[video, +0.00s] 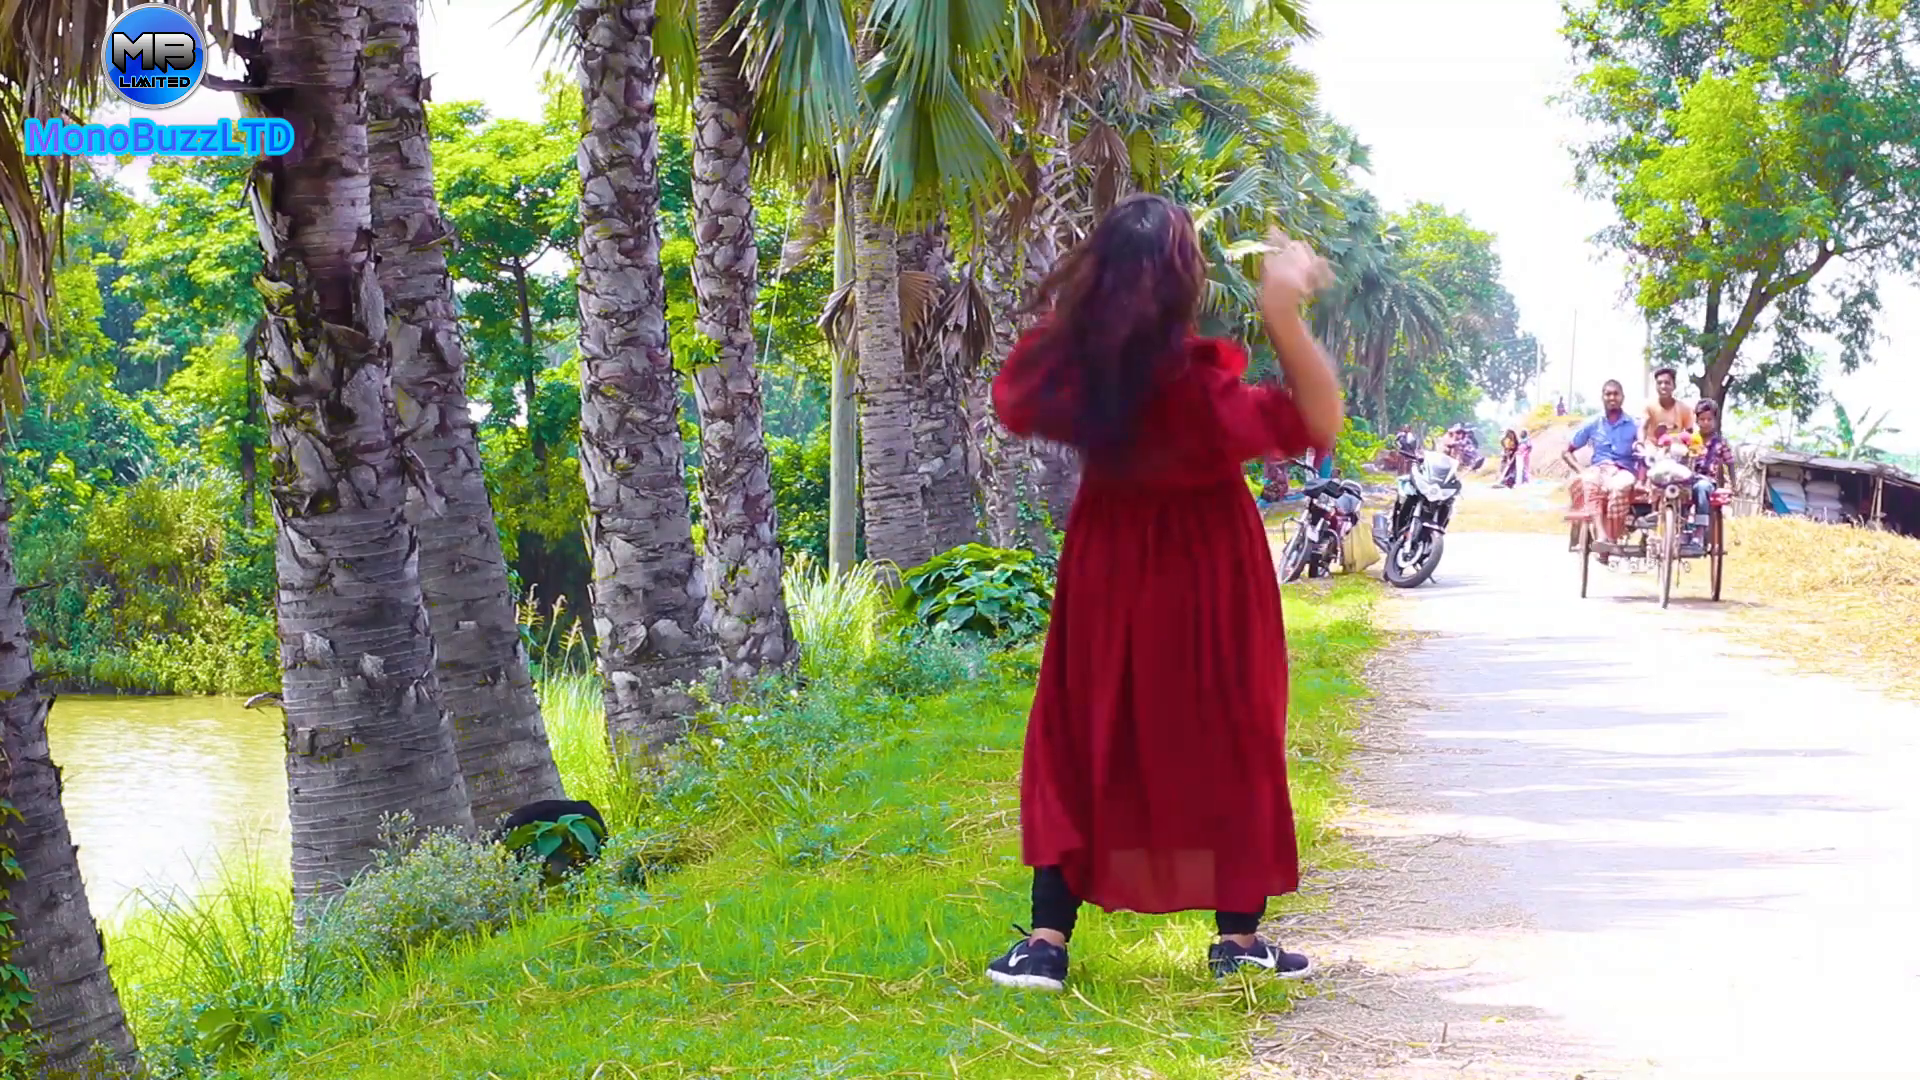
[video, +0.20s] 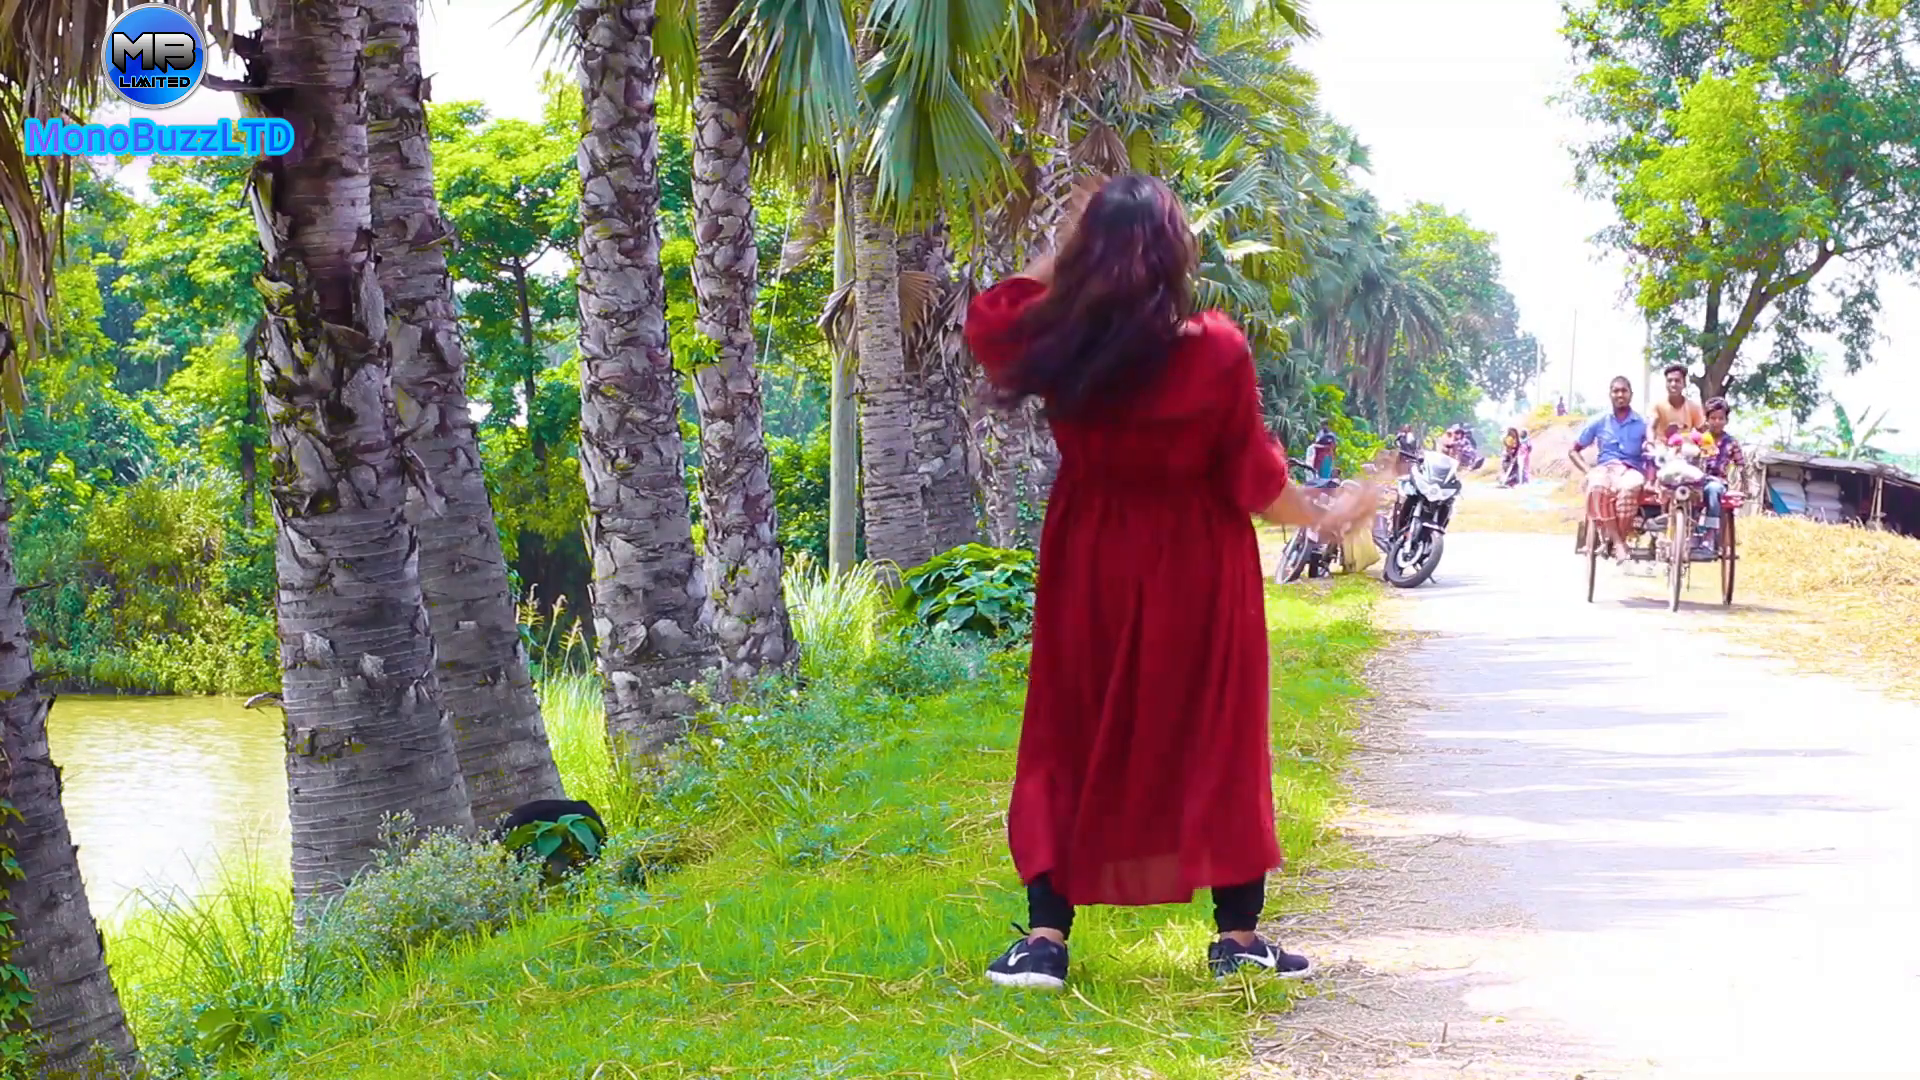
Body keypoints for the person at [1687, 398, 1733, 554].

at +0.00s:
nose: (1705, 423)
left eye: (1709, 419)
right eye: (1702, 419)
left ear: (1716, 420)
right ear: (1697, 420)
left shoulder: (1719, 442)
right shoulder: (1691, 439)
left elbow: (1730, 464)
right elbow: (1681, 459)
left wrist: (1733, 484)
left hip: (1709, 477)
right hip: (1689, 475)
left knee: (1700, 487)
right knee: (1677, 489)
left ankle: (1699, 532)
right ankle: (1681, 529)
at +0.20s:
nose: (1717, 422)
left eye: (1721, 418)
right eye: (1713, 418)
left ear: (1726, 420)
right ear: (1707, 420)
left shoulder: (1730, 442)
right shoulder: (1698, 437)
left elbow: (1741, 465)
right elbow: (1688, 457)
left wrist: (1744, 486)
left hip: (1717, 477)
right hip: (1697, 475)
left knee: (1712, 489)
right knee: (1683, 489)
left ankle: (1709, 536)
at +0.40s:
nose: (1729, 423)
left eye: (1733, 419)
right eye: (1725, 418)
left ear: (1739, 420)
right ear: (1719, 420)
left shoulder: (1744, 443)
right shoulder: (1711, 438)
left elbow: (1755, 467)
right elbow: (1701, 460)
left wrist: (1755, 492)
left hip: (1732, 480)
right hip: (1709, 479)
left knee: (1725, 490)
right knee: (1693, 490)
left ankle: (1721, 538)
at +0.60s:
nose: (1742, 422)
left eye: (1747, 418)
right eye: (1738, 418)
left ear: (1753, 421)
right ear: (1731, 420)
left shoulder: (1757, 443)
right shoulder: (1724, 438)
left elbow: (1769, 469)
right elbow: (1712, 461)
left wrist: (1773, 493)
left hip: (1745, 481)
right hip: (1721, 480)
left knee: (1738, 493)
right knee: (1706, 491)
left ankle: (1736, 544)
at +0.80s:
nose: (1757, 421)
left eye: (1762, 416)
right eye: (1753, 416)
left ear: (1768, 419)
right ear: (1747, 418)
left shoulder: (1773, 444)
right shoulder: (1739, 438)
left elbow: (1786, 469)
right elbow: (1725, 459)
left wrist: (1789, 493)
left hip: (1759, 482)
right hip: (1735, 480)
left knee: (1752, 495)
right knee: (1718, 494)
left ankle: (1750, 546)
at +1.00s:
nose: (1773, 419)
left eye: (1778, 415)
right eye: (1769, 414)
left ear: (1784, 418)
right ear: (1762, 416)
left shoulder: (1789, 443)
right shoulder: (1753, 437)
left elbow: (1801, 469)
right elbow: (1739, 460)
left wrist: (1805, 495)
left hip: (1772, 483)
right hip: (1749, 482)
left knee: (1766, 495)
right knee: (1731, 495)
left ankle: (1763, 549)